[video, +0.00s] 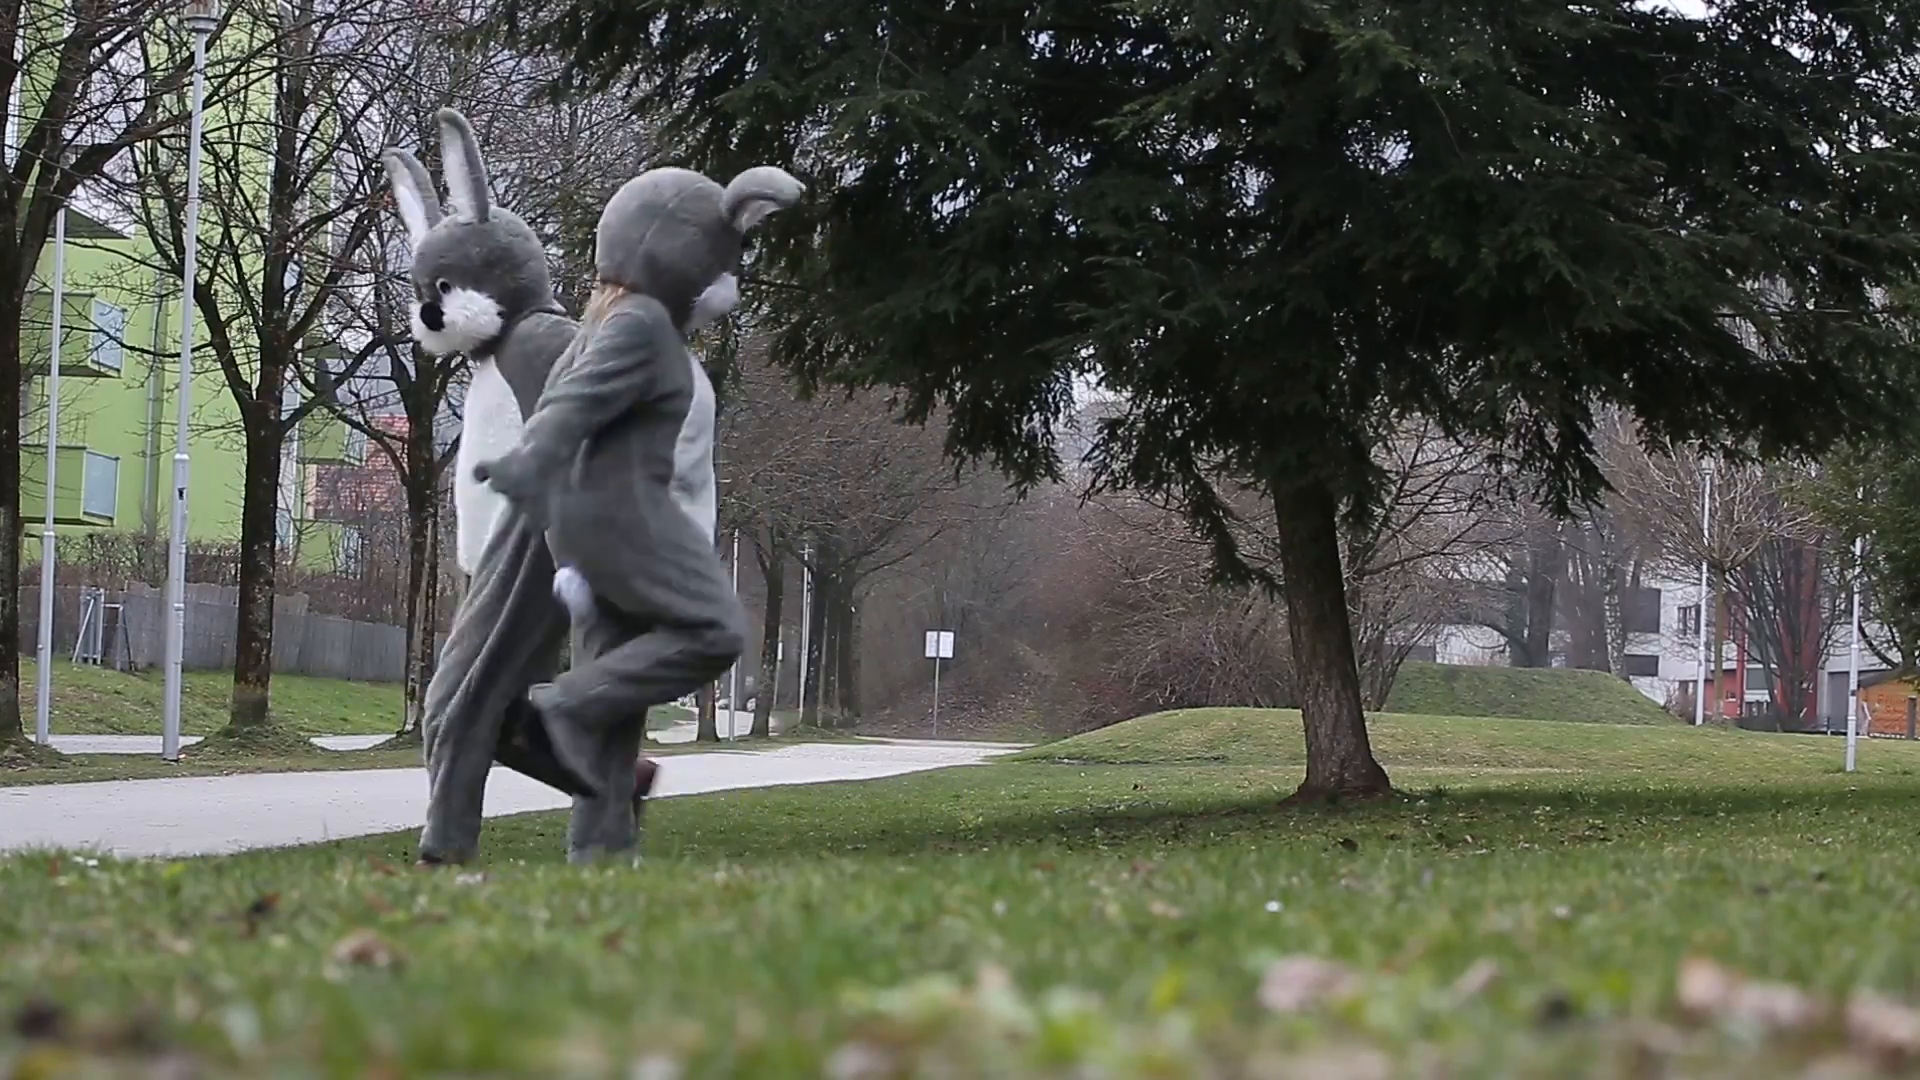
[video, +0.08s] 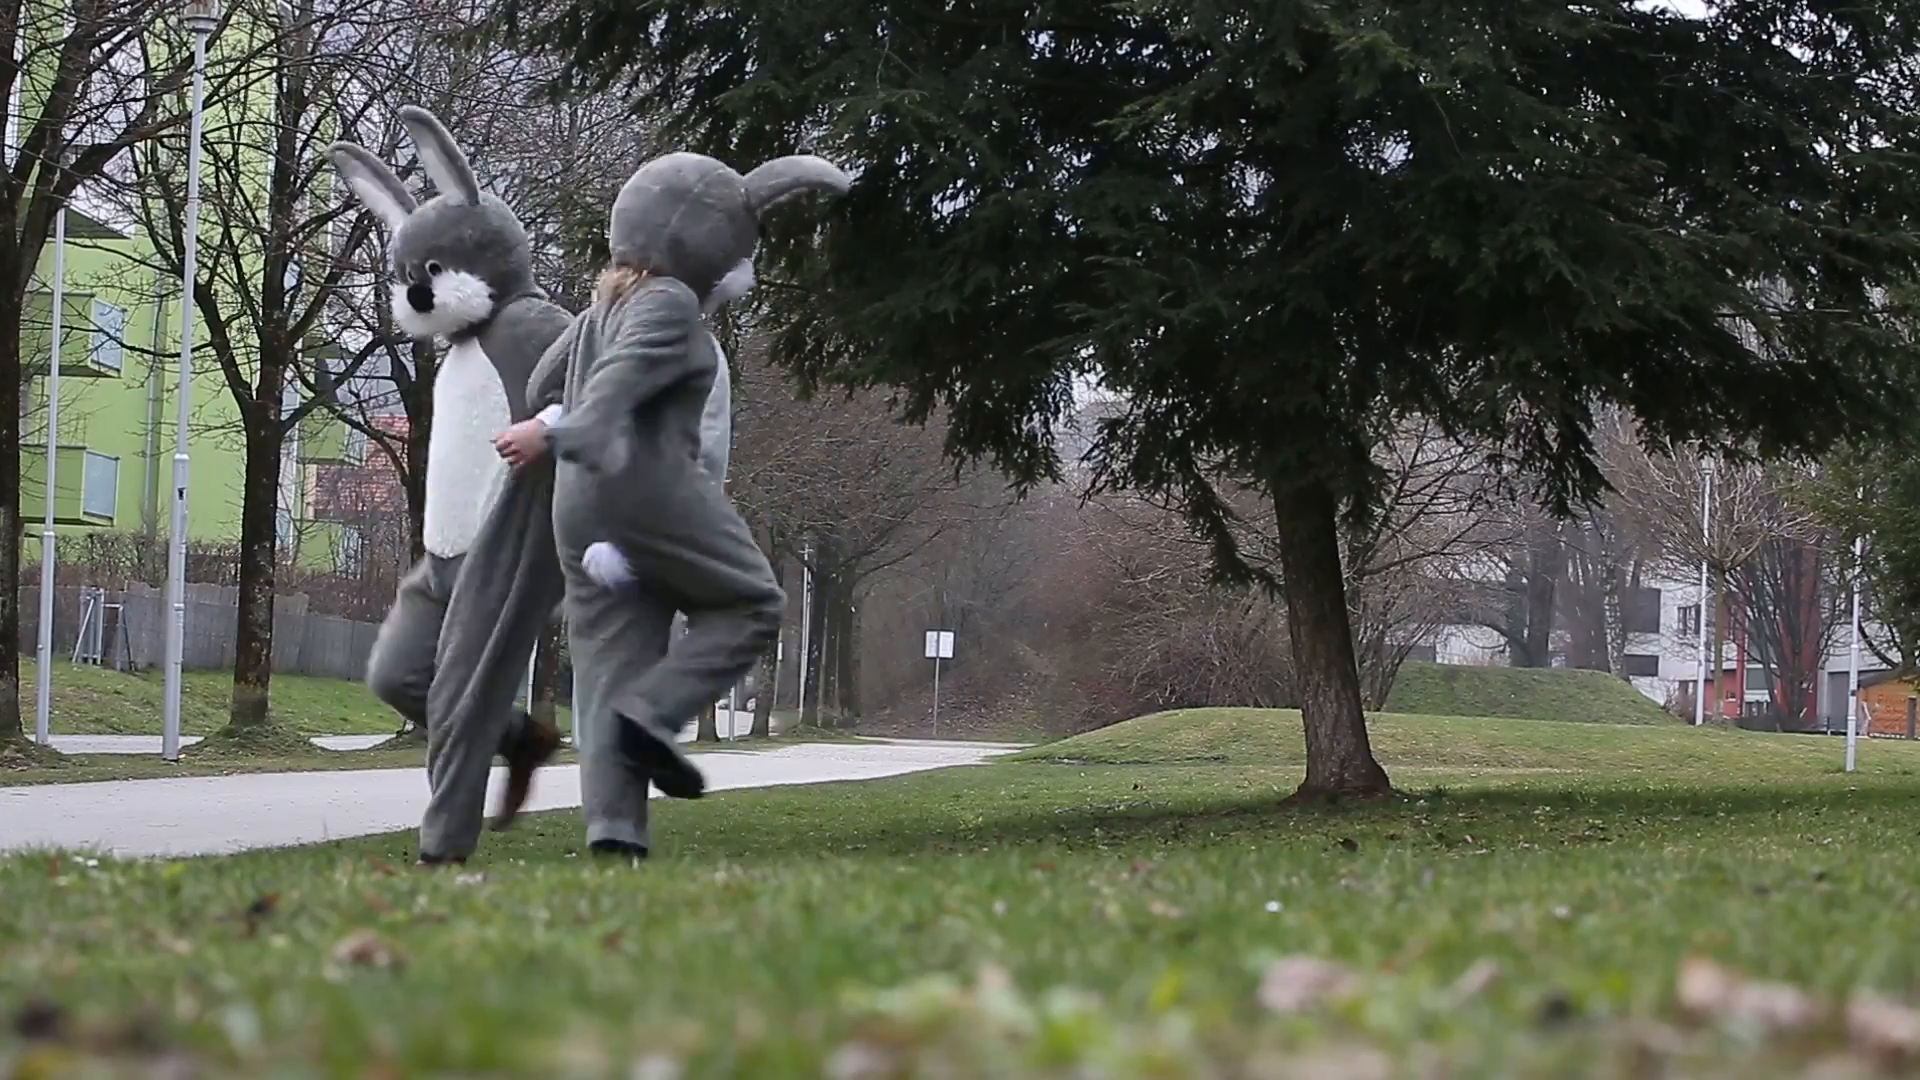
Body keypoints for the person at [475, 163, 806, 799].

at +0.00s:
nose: (732, 289)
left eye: (733, 271)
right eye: (723, 269)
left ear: (651, 255)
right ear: (678, 257)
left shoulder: (616, 327)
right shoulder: (641, 324)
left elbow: (562, 406)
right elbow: (572, 401)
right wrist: (526, 470)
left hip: (600, 524)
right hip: (624, 518)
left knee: (611, 672)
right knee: (716, 632)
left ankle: (601, 842)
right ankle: (565, 710)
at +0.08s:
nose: (743, 269)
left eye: (747, 253)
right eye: (739, 249)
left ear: (633, 240)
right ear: (700, 241)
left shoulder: (595, 314)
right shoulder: (670, 305)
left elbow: (542, 386)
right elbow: (617, 382)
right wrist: (552, 433)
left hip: (581, 507)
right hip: (652, 495)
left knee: (613, 667)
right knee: (751, 602)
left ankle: (614, 829)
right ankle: (654, 713)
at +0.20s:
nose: (745, 288)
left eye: (748, 275)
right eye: (741, 271)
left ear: (630, 264)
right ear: (709, 261)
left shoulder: (594, 338)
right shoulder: (690, 315)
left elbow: (528, 415)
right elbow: (706, 375)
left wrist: (571, 380)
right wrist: (733, 381)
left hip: (607, 530)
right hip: (701, 518)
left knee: (644, 686)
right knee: (771, 628)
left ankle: (664, 838)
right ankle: (744, 768)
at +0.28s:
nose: (738, 292)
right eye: (730, 278)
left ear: (627, 285)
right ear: (709, 280)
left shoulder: (595, 363)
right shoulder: (710, 341)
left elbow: (530, 432)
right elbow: (762, 360)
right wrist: (805, 374)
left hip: (624, 546)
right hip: (718, 534)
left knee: (652, 697)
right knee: (770, 671)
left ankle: (670, 843)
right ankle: (751, 820)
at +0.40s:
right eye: (731, 290)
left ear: (630, 301)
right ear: (722, 294)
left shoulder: (609, 373)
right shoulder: (747, 359)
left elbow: (544, 443)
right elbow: (831, 388)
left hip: (636, 560)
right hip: (736, 556)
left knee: (651, 696)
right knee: (750, 705)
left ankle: (663, 826)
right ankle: (748, 845)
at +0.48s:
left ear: (640, 307)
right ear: (732, 300)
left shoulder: (619, 375)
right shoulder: (773, 374)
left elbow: (548, 432)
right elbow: (874, 402)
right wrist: (967, 424)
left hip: (635, 574)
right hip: (741, 572)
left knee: (646, 704)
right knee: (746, 718)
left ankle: (663, 797)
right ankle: (744, 851)